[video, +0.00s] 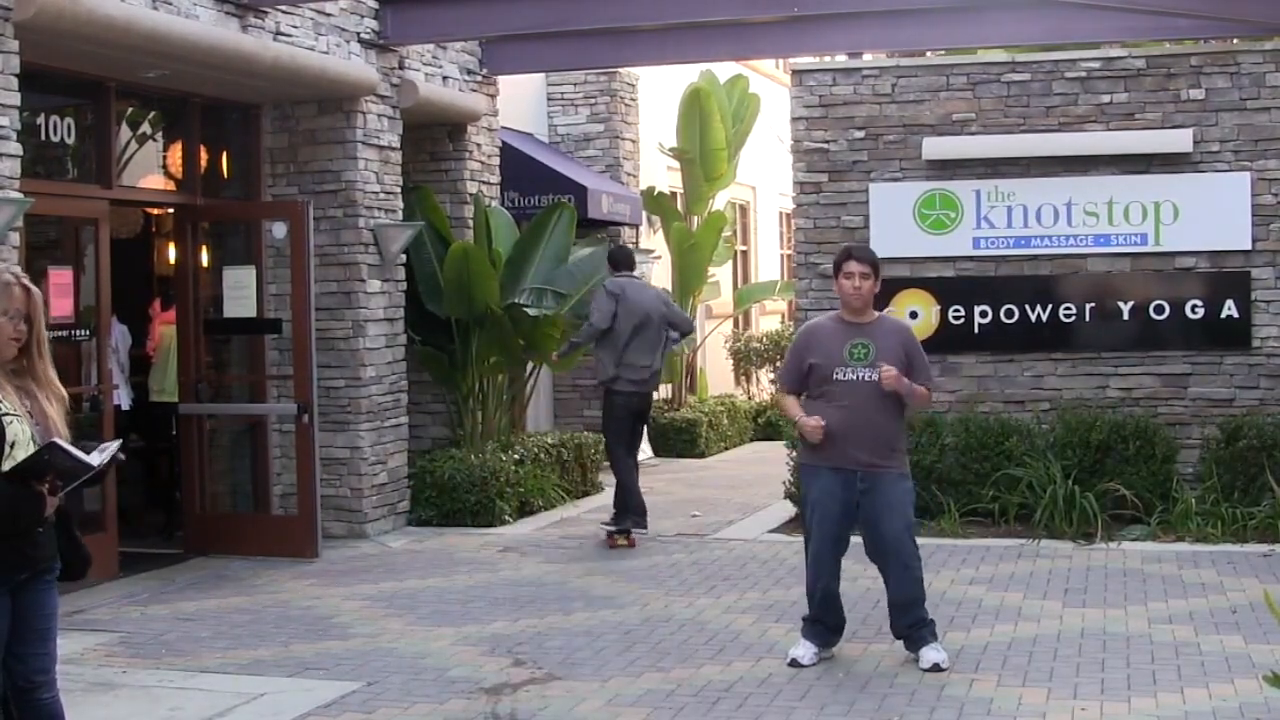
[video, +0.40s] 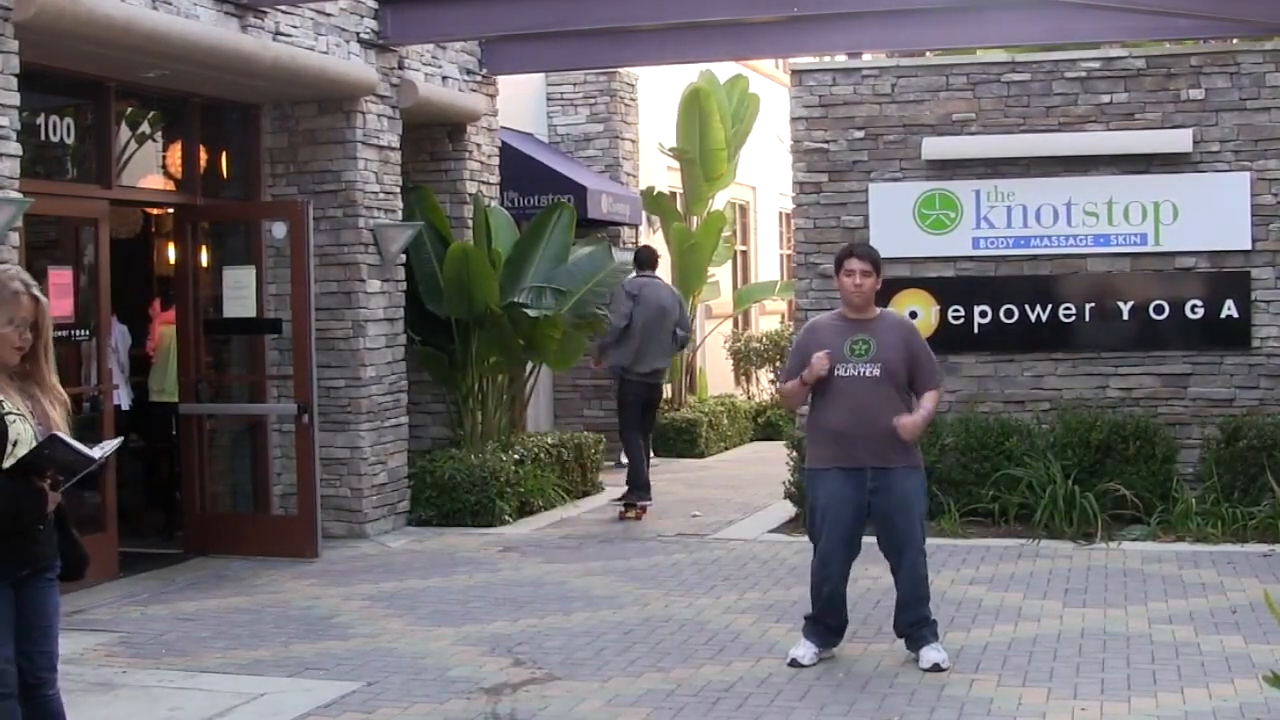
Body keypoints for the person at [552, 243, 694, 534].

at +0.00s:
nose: (608, 269)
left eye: (608, 265)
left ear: (610, 267)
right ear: (634, 266)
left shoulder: (610, 289)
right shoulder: (655, 294)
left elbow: (599, 324)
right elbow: (687, 326)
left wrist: (566, 350)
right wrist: (661, 342)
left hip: (618, 386)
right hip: (645, 388)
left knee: (618, 452)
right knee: (628, 454)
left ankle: (634, 517)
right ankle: (622, 517)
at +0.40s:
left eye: (635, 263)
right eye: (650, 262)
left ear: (634, 264)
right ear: (657, 265)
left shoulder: (628, 287)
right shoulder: (671, 293)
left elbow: (618, 322)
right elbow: (684, 334)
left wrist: (599, 349)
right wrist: (664, 349)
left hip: (630, 373)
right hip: (656, 375)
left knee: (630, 432)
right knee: (644, 435)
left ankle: (640, 493)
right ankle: (635, 490)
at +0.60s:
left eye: (655, 264)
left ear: (654, 266)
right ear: (675, 269)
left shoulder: (646, 289)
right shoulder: (686, 295)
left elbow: (632, 327)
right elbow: (692, 333)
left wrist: (623, 351)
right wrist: (687, 364)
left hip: (646, 370)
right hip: (670, 373)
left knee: (644, 428)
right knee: (657, 428)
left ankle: (651, 485)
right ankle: (649, 480)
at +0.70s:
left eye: (669, 264)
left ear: (666, 267)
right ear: (685, 272)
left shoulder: (654, 290)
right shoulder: (693, 297)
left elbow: (643, 325)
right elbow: (699, 333)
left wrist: (633, 351)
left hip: (653, 369)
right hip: (677, 372)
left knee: (650, 424)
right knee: (664, 425)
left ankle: (656, 479)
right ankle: (657, 476)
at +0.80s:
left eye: (680, 265)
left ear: (676, 268)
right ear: (695, 272)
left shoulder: (664, 290)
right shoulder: (702, 299)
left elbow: (653, 324)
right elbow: (707, 335)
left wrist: (644, 350)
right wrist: (687, 343)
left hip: (662, 364)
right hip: (684, 368)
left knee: (657, 418)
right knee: (674, 421)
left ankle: (665, 471)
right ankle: (668, 472)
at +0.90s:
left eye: (691, 266)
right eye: (703, 270)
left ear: (686, 268)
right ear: (705, 272)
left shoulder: (674, 289)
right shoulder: (711, 298)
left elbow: (662, 324)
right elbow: (716, 335)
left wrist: (655, 349)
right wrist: (697, 345)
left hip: (670, 364)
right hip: (693, 368)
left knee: (670, 417)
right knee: (684, 419)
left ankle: (676, 469)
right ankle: (678, 468)